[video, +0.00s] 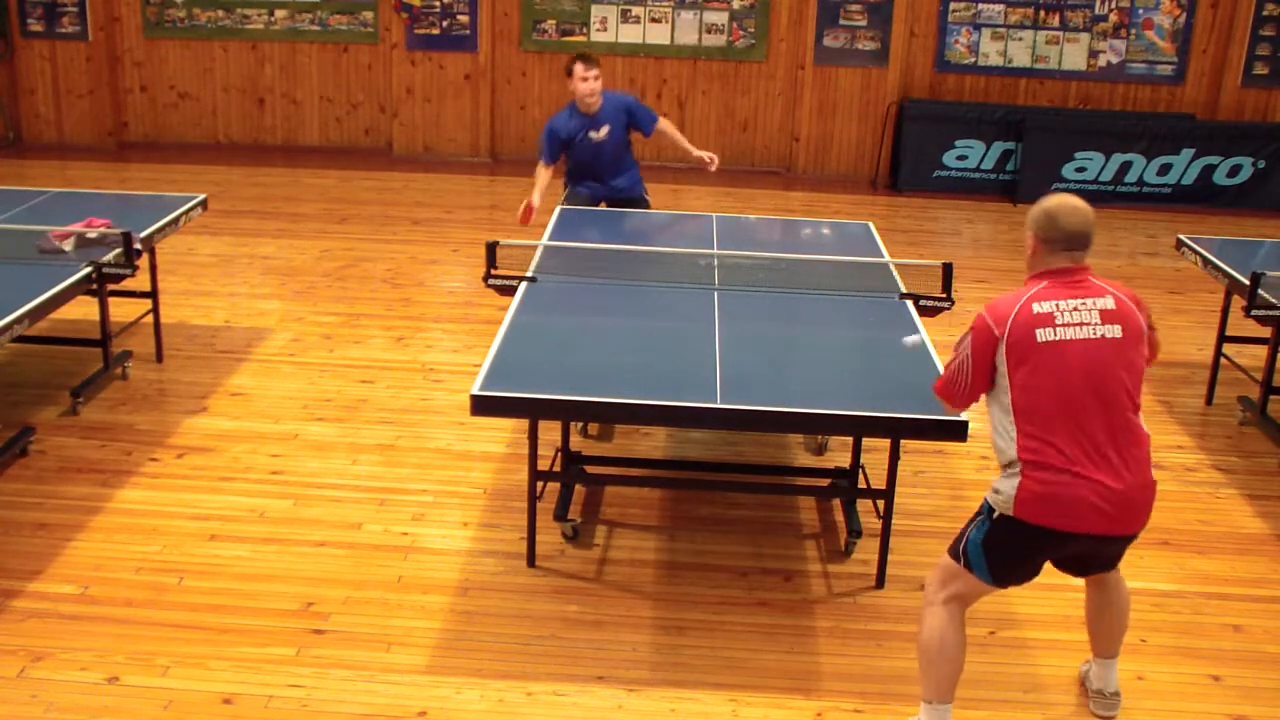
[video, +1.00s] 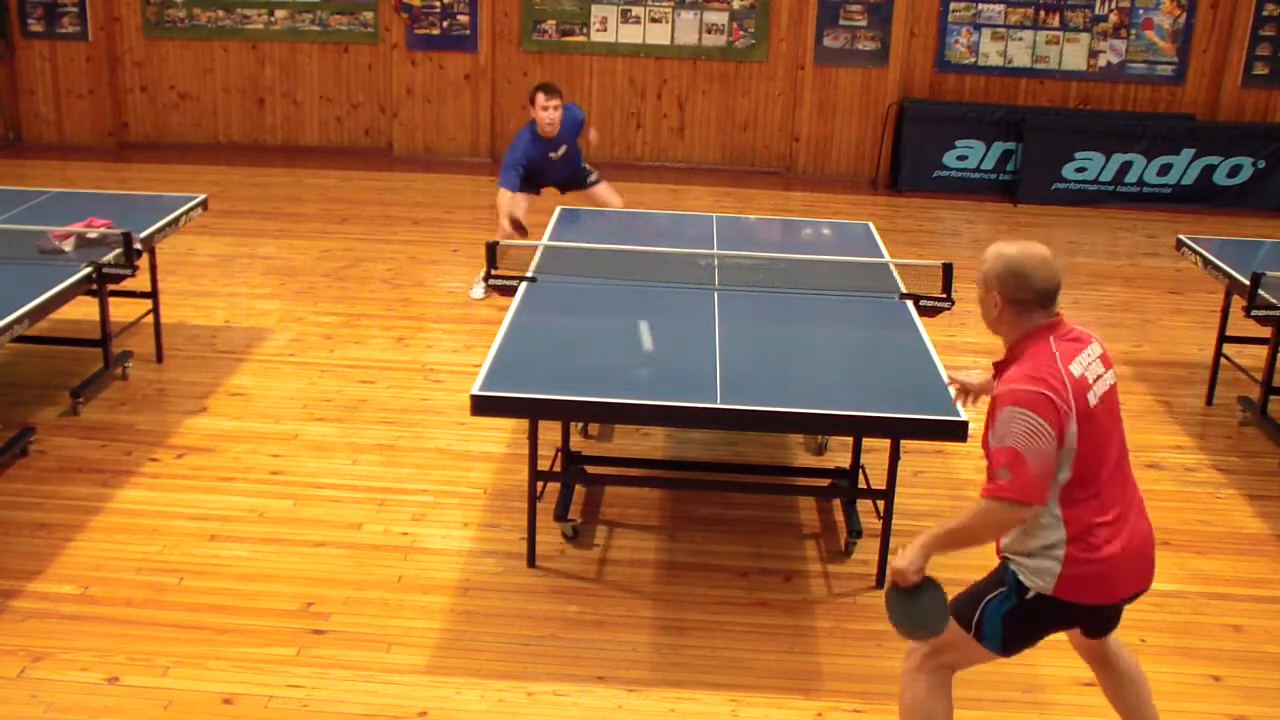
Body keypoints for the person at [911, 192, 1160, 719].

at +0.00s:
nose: (1024, 242)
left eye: (1026, 234)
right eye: (1028, 233)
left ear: (1034, 242)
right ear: (1089, 246)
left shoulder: (1003, 314)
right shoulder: (1129, 307)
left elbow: (953, 393)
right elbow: (1148, 353)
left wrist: (962, 357)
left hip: (1036, 508)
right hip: (1124, 509)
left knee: (945, 593)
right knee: (1103, 569)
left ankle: (934, 713)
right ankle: (1106, 682)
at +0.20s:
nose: (1086, 251)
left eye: (1088, 244)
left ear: (1091, 251)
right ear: (1148, 259)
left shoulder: (1041, 305)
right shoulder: (1173, 327)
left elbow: (990, 301)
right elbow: (1197, 376)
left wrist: (1050, 319)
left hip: (1039, 510)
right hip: (1125, 519)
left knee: (948, 592)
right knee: (1109, 567)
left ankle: (932, 713)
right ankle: (1104, 682)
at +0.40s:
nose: (1101, 242)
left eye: (1105, 237)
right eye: (1105, 236)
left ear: (1111, 248)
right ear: (1168, 260)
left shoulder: (1069, 307)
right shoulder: (1192, 339)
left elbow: (957, 303)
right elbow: (1245, 426)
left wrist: (895, 264)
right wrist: (1254, 456)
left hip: (1046, 502)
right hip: (1127, 518)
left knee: (948, 591)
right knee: (1102, 561)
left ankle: (927, 715)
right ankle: (1099, 680)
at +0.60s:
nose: (1070, 243)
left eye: (1073, 237)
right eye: (1074, 234)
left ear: (1082, 248)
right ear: (1139, 255)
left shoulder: (1044, 321)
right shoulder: (1172, 338)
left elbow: (956, 385)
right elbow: (1210, 434)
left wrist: (899, 364)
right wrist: (1216, 494)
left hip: (1034, 514)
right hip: (1118, 521)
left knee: (959, 635)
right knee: (1101, 576)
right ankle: (1101, 679)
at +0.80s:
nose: (1014, 240)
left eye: (1017, 232)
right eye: (1016, 230)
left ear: (1027, 246)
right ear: (1085, 248)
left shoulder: (1013, 331)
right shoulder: (1127, 319)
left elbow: (952, 433)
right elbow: (1153, 393)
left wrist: (901, 433)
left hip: (1046, 530)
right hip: (1128, 526)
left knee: (949, 649)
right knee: (1094, 611)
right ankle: (1142, 716)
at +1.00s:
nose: (977, 295)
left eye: (980, 287)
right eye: (980, 285)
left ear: (996, 303)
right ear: (1050, 294)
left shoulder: (1028, 387)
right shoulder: (1080, 340)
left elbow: (1012, 504)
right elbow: (1040, 373)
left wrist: (925, 546)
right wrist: (991, 383)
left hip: (1066, 573)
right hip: (1124, 551)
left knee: (927, 660)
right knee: (1095, 639)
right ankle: (1146, 718)